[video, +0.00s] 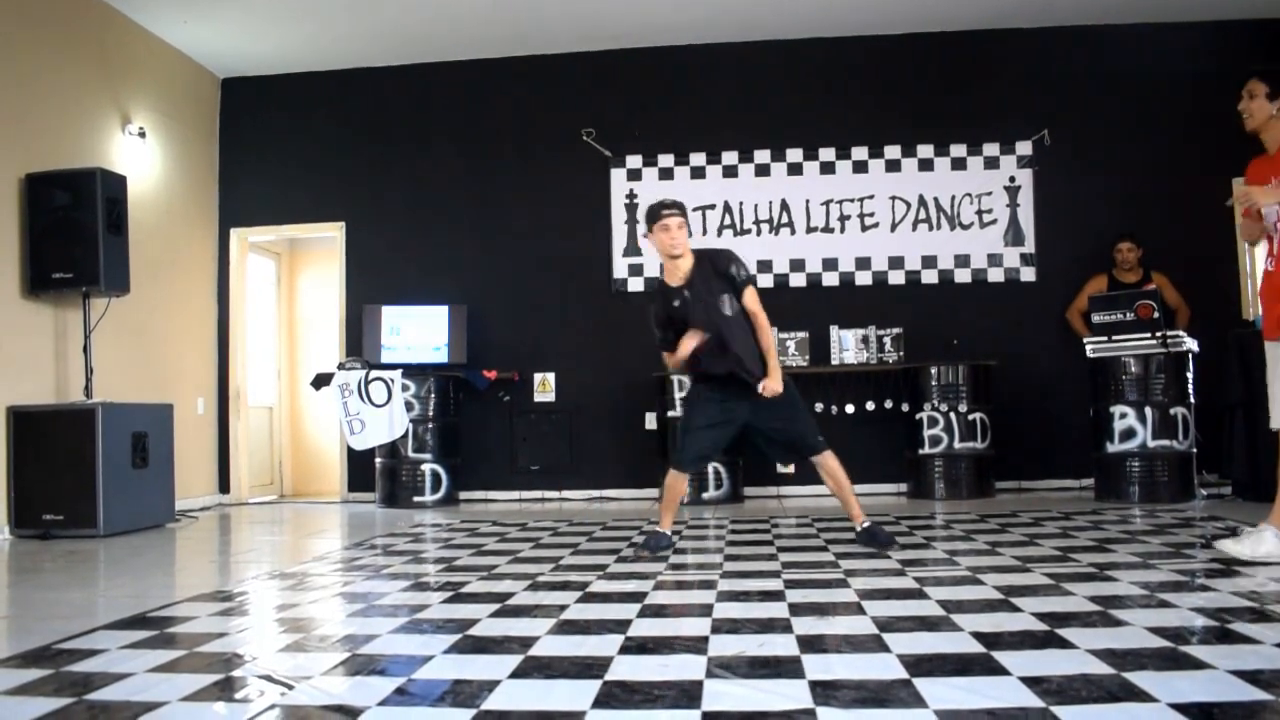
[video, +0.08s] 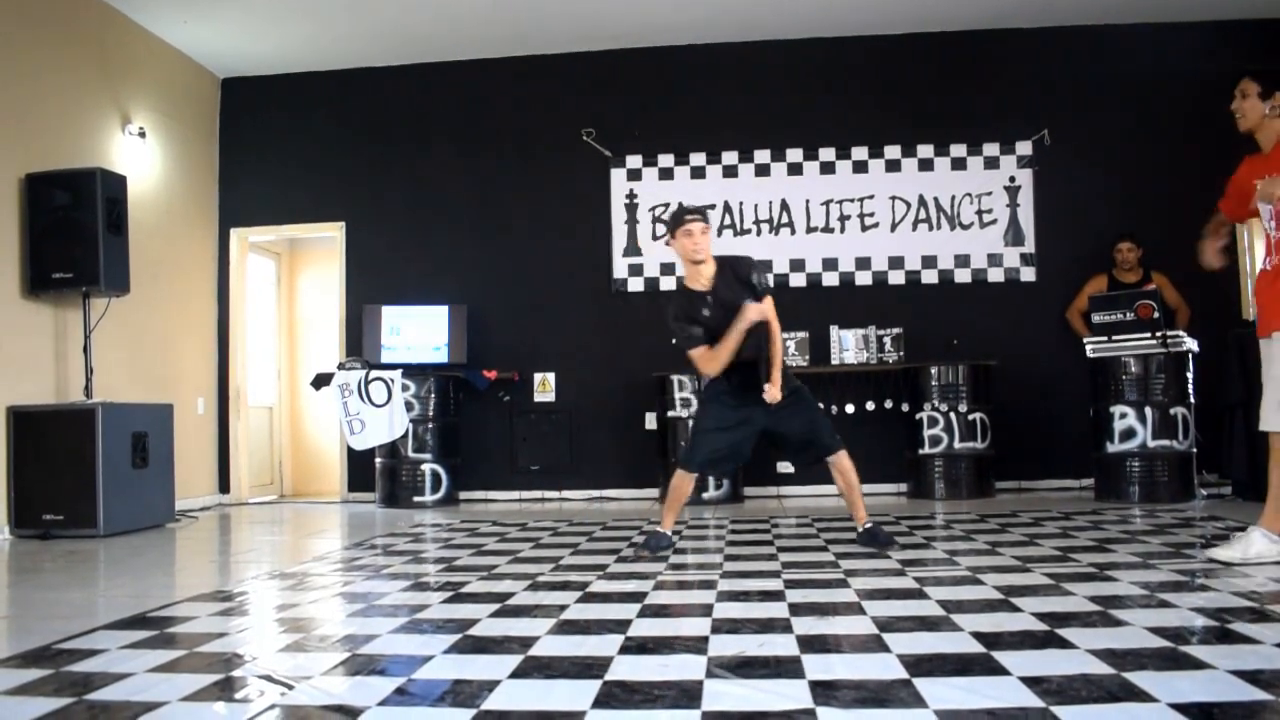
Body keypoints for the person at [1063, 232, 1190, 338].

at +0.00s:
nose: (1124, 256)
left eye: (1130, 251)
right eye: (1119, 252)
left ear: (1139, 253)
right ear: (1113, 256)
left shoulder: (1155, 280)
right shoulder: (1100, 283)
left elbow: (1181, 309)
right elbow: (1072, 313)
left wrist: (1174, 338)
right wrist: (1090, 341)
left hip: (1154, 355)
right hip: (1115, 357)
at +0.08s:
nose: (1124, 256)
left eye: (1130, 251)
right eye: (1119, 252)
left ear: (1139, 253)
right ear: (1113, 256)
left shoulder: (1155, 280)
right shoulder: (1099, 283)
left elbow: (1181, 309)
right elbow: (1072, 313)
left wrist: (1174, 338)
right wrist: (1091, 342)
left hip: (1154, 356)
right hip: (1115, 357)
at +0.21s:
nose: (1126, 257)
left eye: (1130, 251)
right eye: (1120, 252)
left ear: (1138, 253)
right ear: (1113, 256)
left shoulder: (1156, 279)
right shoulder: (1101, 282)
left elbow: (1182, 309)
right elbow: (1072, 313)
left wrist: (1176, 336)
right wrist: (1090, 340)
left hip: (1154, 355)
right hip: (1116, 356)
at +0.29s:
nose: (1126, 257)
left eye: (1130, 251)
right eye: (1120, 252)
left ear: (1138, 253)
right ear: (1114, 256)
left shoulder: (1156, 280)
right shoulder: (1100, 283)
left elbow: (1182, 309)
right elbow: (1073, 313)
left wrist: (1175, 339)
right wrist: (1091, 342)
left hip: (1155, 356)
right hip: (1117, 356)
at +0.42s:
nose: (1127, 255)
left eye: (1131, 251)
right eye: (1122, 251)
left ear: (1139, 253)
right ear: (1115, 254)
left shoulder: (1156, 280)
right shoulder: (1100, 283)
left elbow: (1182, 309)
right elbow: (1072, 313)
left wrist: (1175, 339)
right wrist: (1090, 341)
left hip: (1154, 357)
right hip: (1116, 359)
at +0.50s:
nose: (1126, 255)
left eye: (1131, 250)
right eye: (1120, 251)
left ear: (1139, 252)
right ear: (1114, 255)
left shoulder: (1155, 279)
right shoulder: (1100, 283)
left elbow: (1181, 308)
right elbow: (1072, 313)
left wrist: (1175, 338)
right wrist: (1092, 342)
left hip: (1154, 356)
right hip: (1116, 356)